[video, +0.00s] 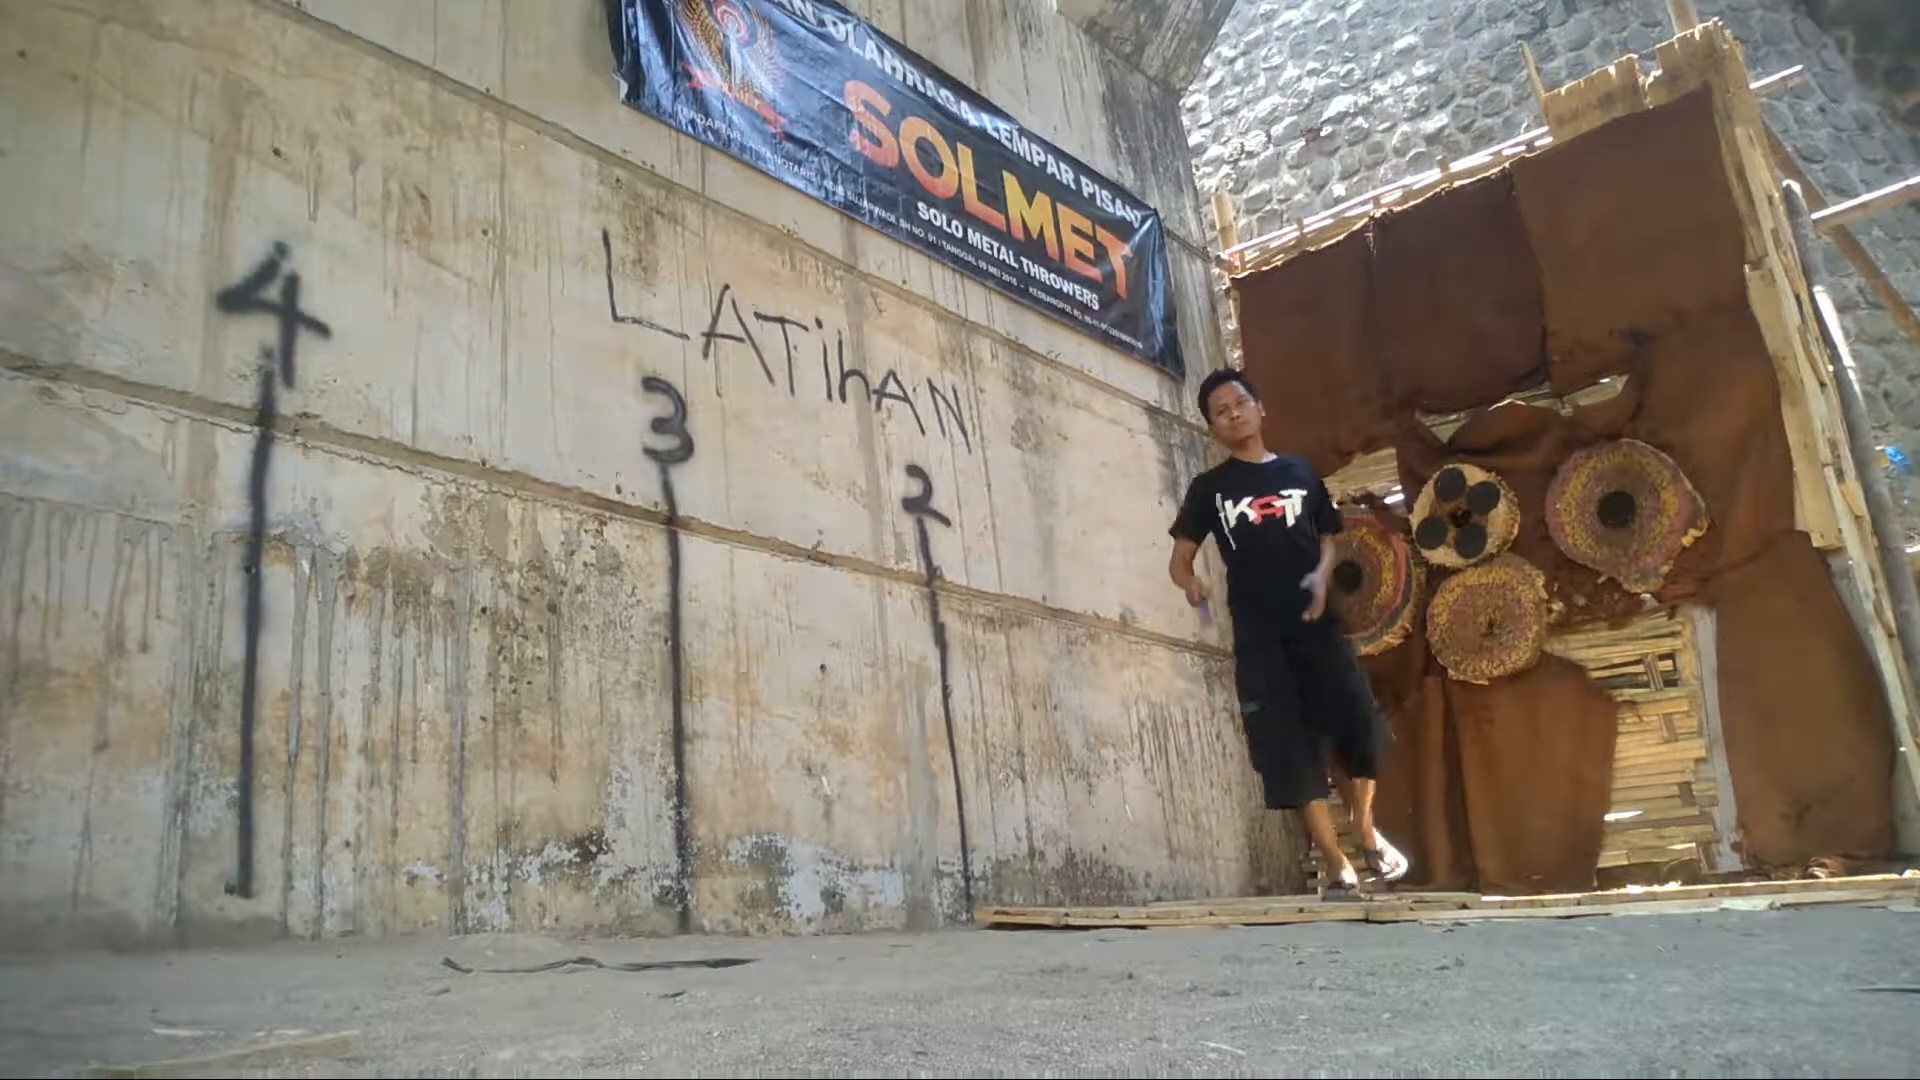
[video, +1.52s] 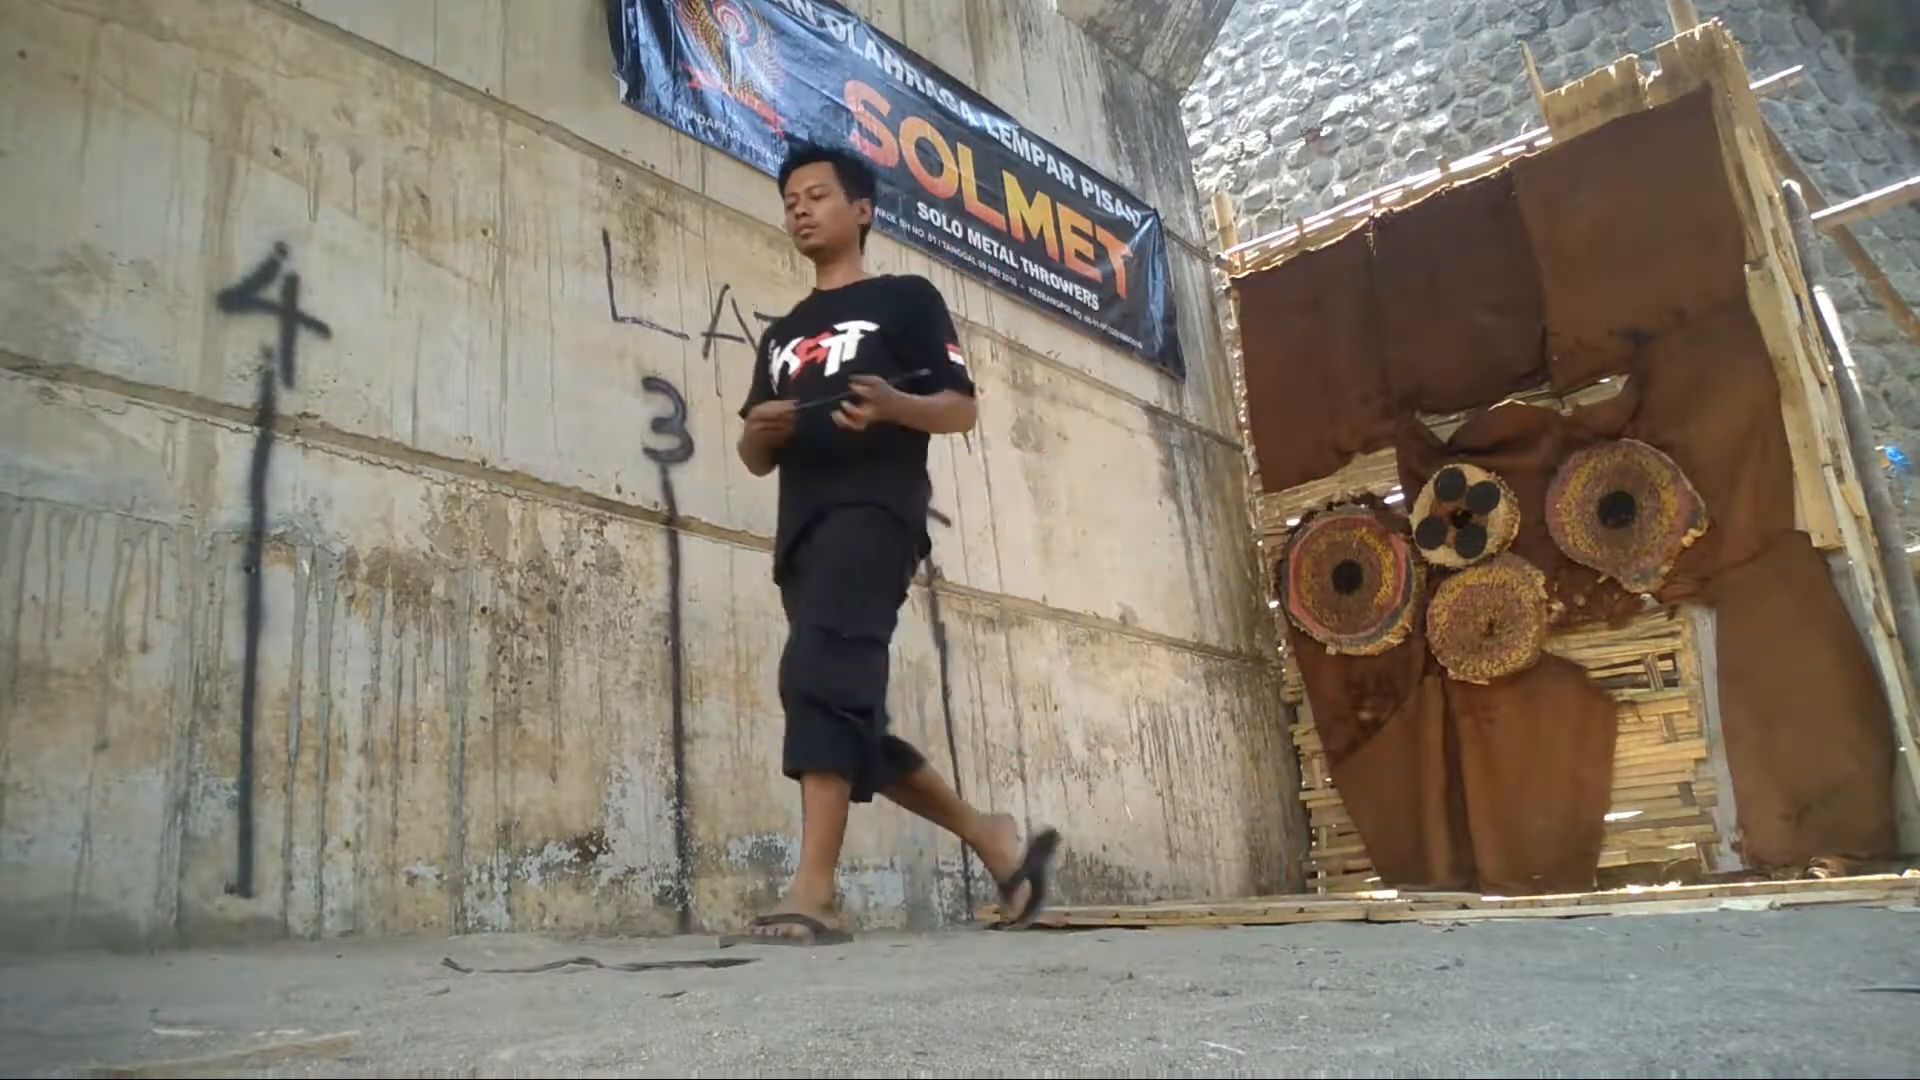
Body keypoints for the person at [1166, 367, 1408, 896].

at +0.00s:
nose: (1235, 415)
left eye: (1240, 404)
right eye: (1222, 412)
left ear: (1260, 409)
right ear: (1212, 429)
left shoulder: (1298, 471)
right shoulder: (1209, 488)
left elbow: (1329, 535)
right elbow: (1180, 558)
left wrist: (1322, 573)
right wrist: (1190, 585)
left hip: (1314, 624)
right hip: (1259, 635)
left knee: (1360, 720)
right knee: (1288, 745)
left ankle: (1364, 832)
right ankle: (1336, 864)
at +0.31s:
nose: (1193, 397)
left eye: (1202, 386)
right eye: (1182, 392)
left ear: (1229, 392)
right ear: (1176, 407)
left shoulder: (1268, 452)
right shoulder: (1180, 478)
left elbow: (1310, 529)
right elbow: (1141, 554)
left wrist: (1274, 512)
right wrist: (1146, 502)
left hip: (1275, 616)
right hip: (1218, 626)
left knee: (1275, 726)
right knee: (1248, 749)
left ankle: (1281, 870)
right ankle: (1333, 847)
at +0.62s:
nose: (1138, 342)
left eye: (1147, 330)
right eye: (1126, 337)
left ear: (1175, 339)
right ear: (1120, 355)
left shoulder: (1219, 400)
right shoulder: (1119, 434)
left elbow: (1265, 481)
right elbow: (1088, 514)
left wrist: (1222, 497)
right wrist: (1072, 459)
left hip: (1228, 592)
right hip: (1156, 604)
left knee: (1262, 721)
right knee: (1147, 715)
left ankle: (1283, 870)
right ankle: (1236, 826)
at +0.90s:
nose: (1050, 326)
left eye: (1061, 313)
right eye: (1038, 323)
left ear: (1094, 324)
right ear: (1034, 343)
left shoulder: (1143, 392)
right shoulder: (1034, 430)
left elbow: (1190, 480)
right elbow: (1002, 525)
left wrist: (1141, 504)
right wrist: (983, 464)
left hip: (1151, 597)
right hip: (1069, 608)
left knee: (1211, 720)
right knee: (1062, 738)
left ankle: (1272, 843)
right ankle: (1072, 896)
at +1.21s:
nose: (939, 266)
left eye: (951, 252)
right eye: (928, 261)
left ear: (986, 262)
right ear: (924, 281)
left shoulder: (1041, 335)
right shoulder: (916, 376)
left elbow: (1096, 428)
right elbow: (891, 486)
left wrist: (1062, 440)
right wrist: (900, 447)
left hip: (1035, 533)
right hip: (961, 553)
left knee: (1006, 676)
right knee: (980, 706)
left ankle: (1067, 857)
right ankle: (1064, 874)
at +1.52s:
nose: (799, 209)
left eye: (816, 195)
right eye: (791, 202)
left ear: (861, 208)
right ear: (788, 223)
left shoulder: (908, 298)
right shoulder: (780, 334)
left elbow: (961, 409)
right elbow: (754, 457)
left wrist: (898, 406)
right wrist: (762, 432)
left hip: (877, 517)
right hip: (805, 533)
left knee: (817, 677)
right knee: (837, 720)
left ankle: (813, 897)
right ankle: (994, 839)